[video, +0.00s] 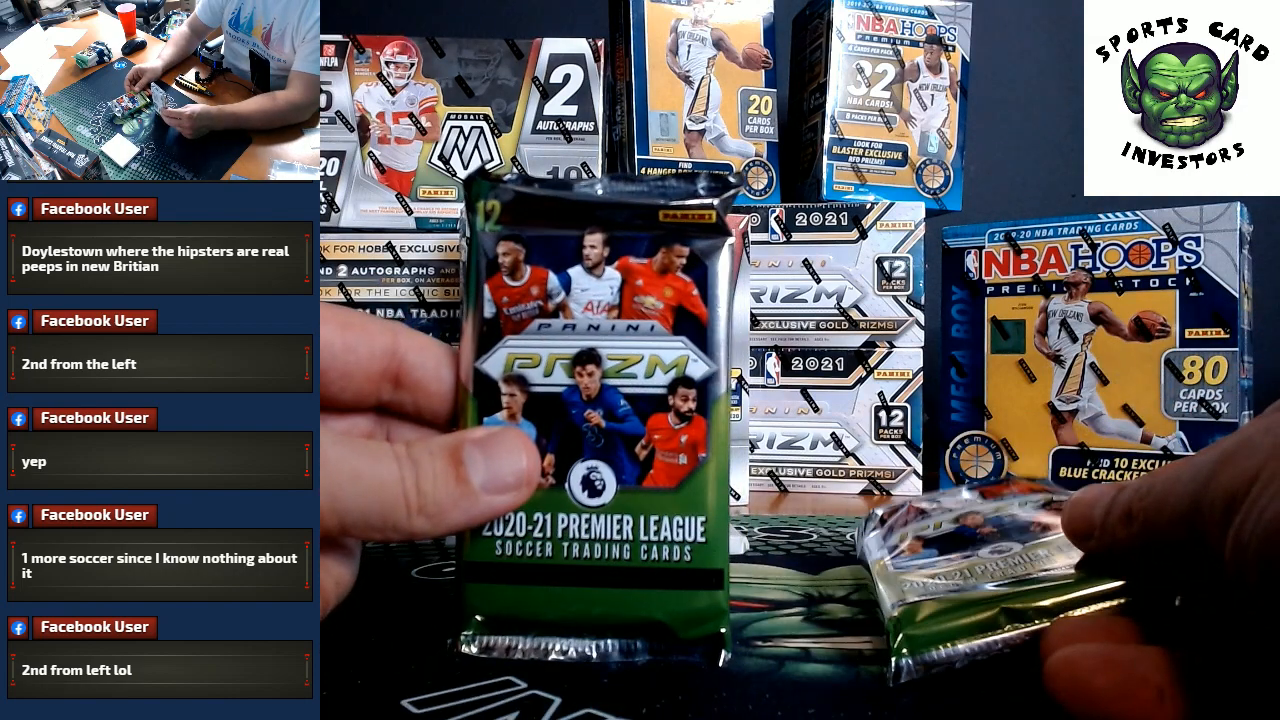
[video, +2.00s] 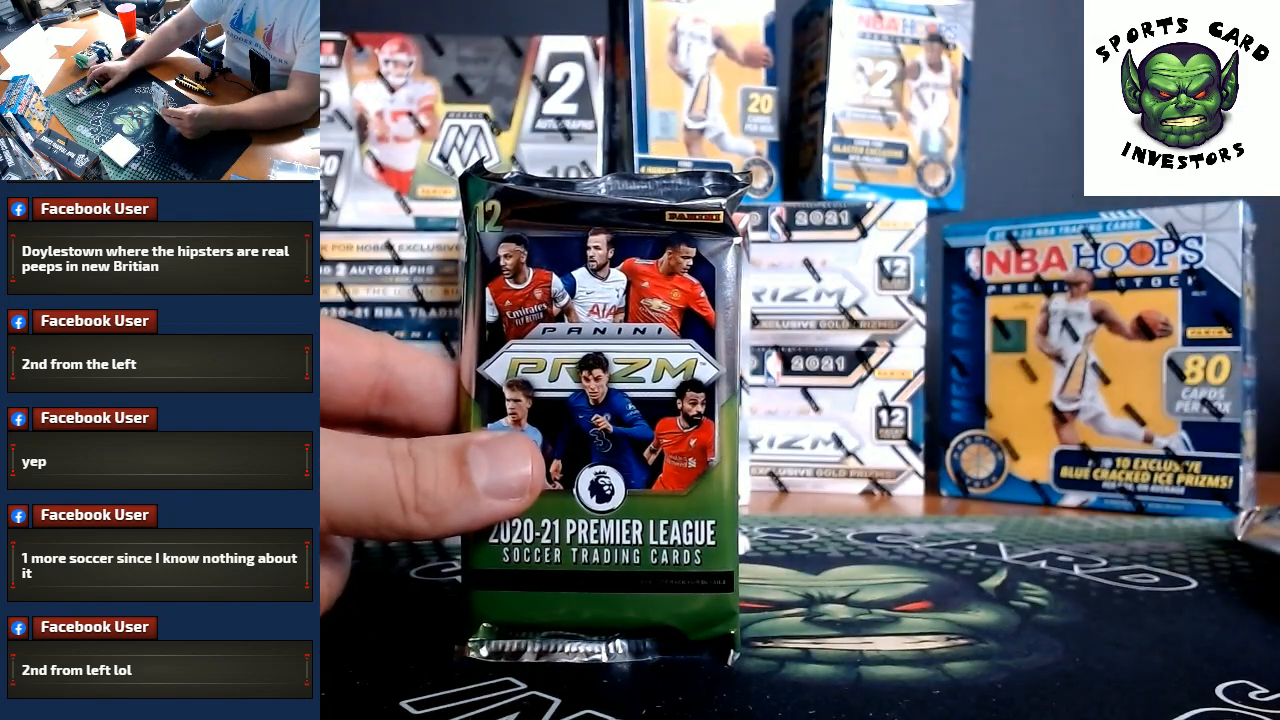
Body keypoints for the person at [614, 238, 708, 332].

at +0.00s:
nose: (683, 263)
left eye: (685, 258)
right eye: (679, 257)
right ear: (663, 253)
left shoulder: (684, 285)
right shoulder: (628, 265)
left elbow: (707, 318)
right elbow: (601, 285)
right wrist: (610, 308)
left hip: (661, 346)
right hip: (627, 343)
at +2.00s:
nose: (690, 263)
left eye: (692, 258)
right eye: (685, 258)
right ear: (669, 254)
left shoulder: (691, 287)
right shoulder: (634, 267)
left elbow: (716, 322)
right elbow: (606, 285)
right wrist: (619, 311)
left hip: (668, 348)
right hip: (633, 345)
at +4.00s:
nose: (686, 262)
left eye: (687, 257)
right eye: (681, 256)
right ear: (665, 252)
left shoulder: (688, 285)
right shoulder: (630, 266)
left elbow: (712, 319)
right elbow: (602, 284)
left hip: (666, 344)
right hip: (631, 341)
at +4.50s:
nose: (683, 263)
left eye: (685, 258)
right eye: (678, 258)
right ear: (662, 254)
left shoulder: (684, 285)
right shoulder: (628, 267)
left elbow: (708, 319)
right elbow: (600, 286)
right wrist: (613, 310)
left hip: (663, 345)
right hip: (629, 342)